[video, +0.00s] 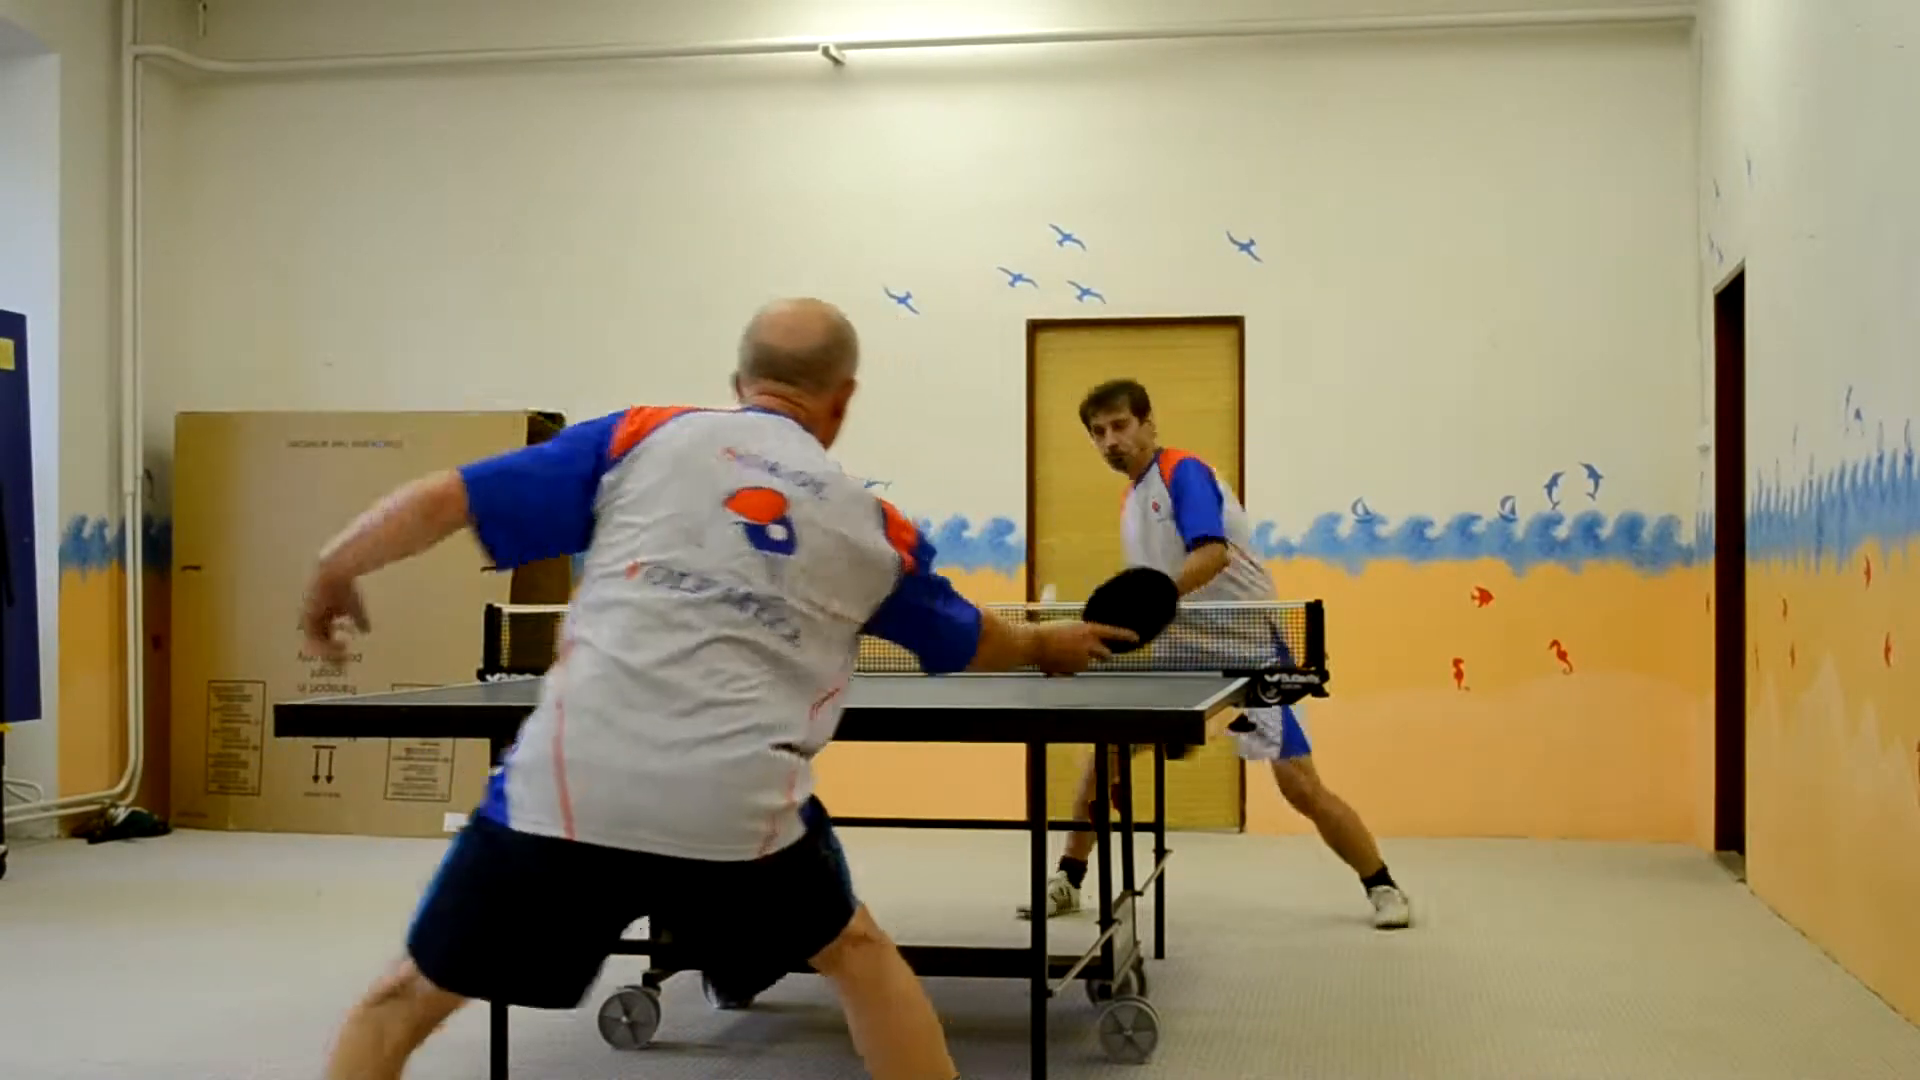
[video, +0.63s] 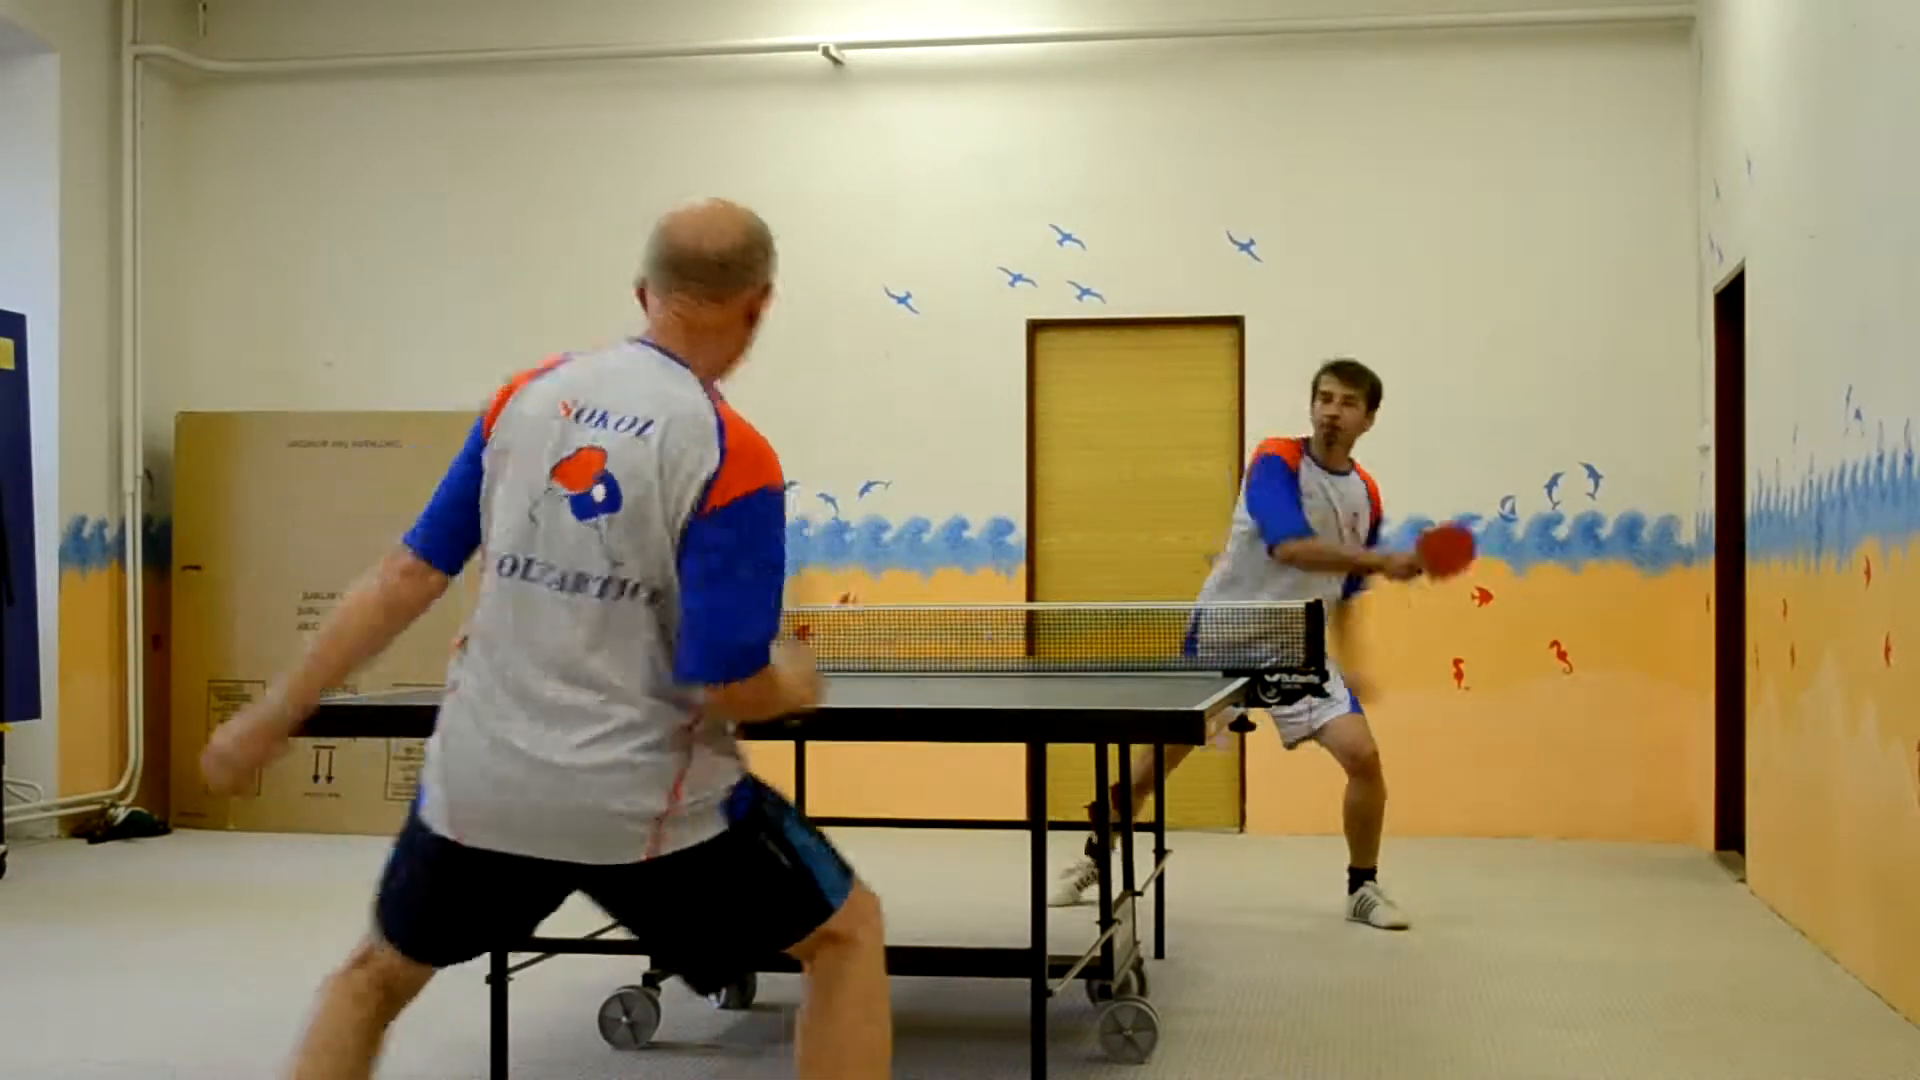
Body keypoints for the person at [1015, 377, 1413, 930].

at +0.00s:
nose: (1110, 441)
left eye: (1118, 427)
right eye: (1099, 433)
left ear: (1146, 424)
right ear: (1093, 440)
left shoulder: (1185, 473)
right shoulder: (1132, 501)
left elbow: (1210, 555)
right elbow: (1149, 576)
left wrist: (1147, 602)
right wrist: (1111, 620)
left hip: (1249, 654)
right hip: (1183, 656)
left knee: (1302, 789)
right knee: (1105, 754)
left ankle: (1381, 886)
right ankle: (1065, 881)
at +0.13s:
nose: (1130, 462)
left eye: (1137, 447)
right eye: (1122, 453)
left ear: (1172, 440)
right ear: (1123, 456)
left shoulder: (1204, 481)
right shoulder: (1180, 500)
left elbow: (1236, 546)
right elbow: (1226, 573)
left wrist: (1174, 583)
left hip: (1279, 662)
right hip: (1224, 666)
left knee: (1325, 797)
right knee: (1139, 759)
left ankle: (1390, 887)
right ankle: (1079, 877)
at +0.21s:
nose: (1151, 446)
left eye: (1159, 431)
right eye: (1145, 437)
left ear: (1195, 427)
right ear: (1146, 443)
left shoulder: (1230, 468)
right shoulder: (1201, 488)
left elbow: (1288, 534)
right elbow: (1240, 567)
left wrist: (1254, 572)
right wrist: (1224, 647)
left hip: (1295, 656)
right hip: (1239, 660)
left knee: (1332, 794)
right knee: (1152, 760)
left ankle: (1392, 885)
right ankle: (1089, 876)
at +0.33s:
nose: (1219, 385)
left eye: (1231, 372)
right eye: (1214, 375)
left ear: (1265, 377)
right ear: (1213, 383)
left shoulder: (1307, 429)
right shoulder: (1216, 466)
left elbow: (1363, 497)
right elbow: (1187, 555)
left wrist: (1389, 500)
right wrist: (1114, 575)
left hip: (1306, 627)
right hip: (1232, 631)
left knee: (1345, 760)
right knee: (1152, 735)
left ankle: (1393, 876)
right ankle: (1101, 863)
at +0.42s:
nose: (1278, 386)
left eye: (1291, 377)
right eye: (1273, 375)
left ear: (1322, 389)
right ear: (1264, 381)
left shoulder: (1352, 450)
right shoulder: (1230, 442)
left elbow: (1437, 473)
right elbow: (1154, 468)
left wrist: (1506, 450)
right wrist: (1150, 405)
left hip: (1303, 640)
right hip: (1218, 636)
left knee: (1356, 744)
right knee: (1143, 729)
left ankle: (1369, 863)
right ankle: (1110, 841)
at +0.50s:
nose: (1305, 404)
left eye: (1320, 396)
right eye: (1303, 393)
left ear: (1349, 410)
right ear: (1296, 398)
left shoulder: (1371, 482)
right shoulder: (1265, 452)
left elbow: (1442, 520)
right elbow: (1221, 454)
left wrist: (1513, 519)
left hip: (1293, 657)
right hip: (1213, 646)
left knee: (1353, 760)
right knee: (1149, 759)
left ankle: (1361, 890)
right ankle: (1102, 862)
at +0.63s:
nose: (1332, 412)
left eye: (1348, 404)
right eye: (1325, 400)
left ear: (1369, 419)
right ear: (1311, 407)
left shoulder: (1366, 496)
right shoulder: (1274, 459)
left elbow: (1347, 598)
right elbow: (1293, 548)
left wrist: (1355, 671)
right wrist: (1379, 561)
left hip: (1295, 649)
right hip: (1222, 641)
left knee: (1363, 758)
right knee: (1162, 755)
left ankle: (1363, 888)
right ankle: (1091, 861)